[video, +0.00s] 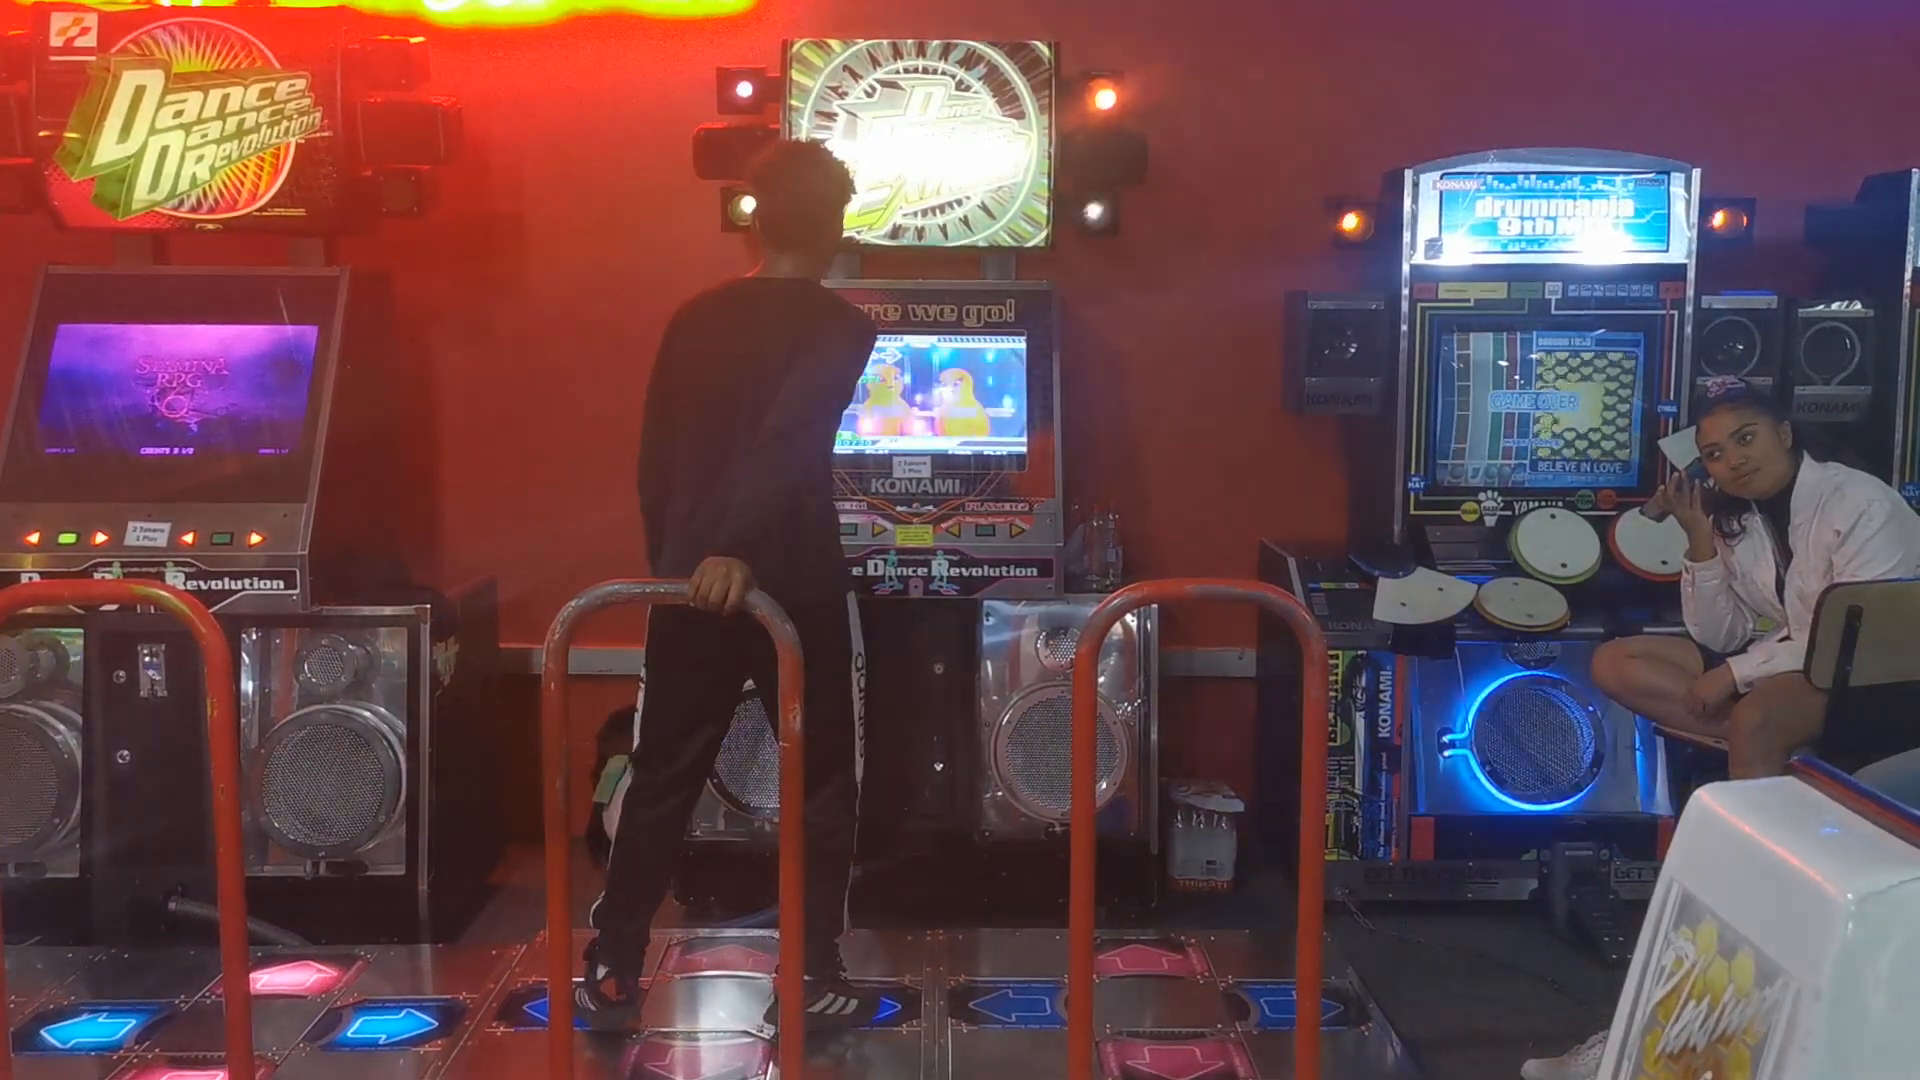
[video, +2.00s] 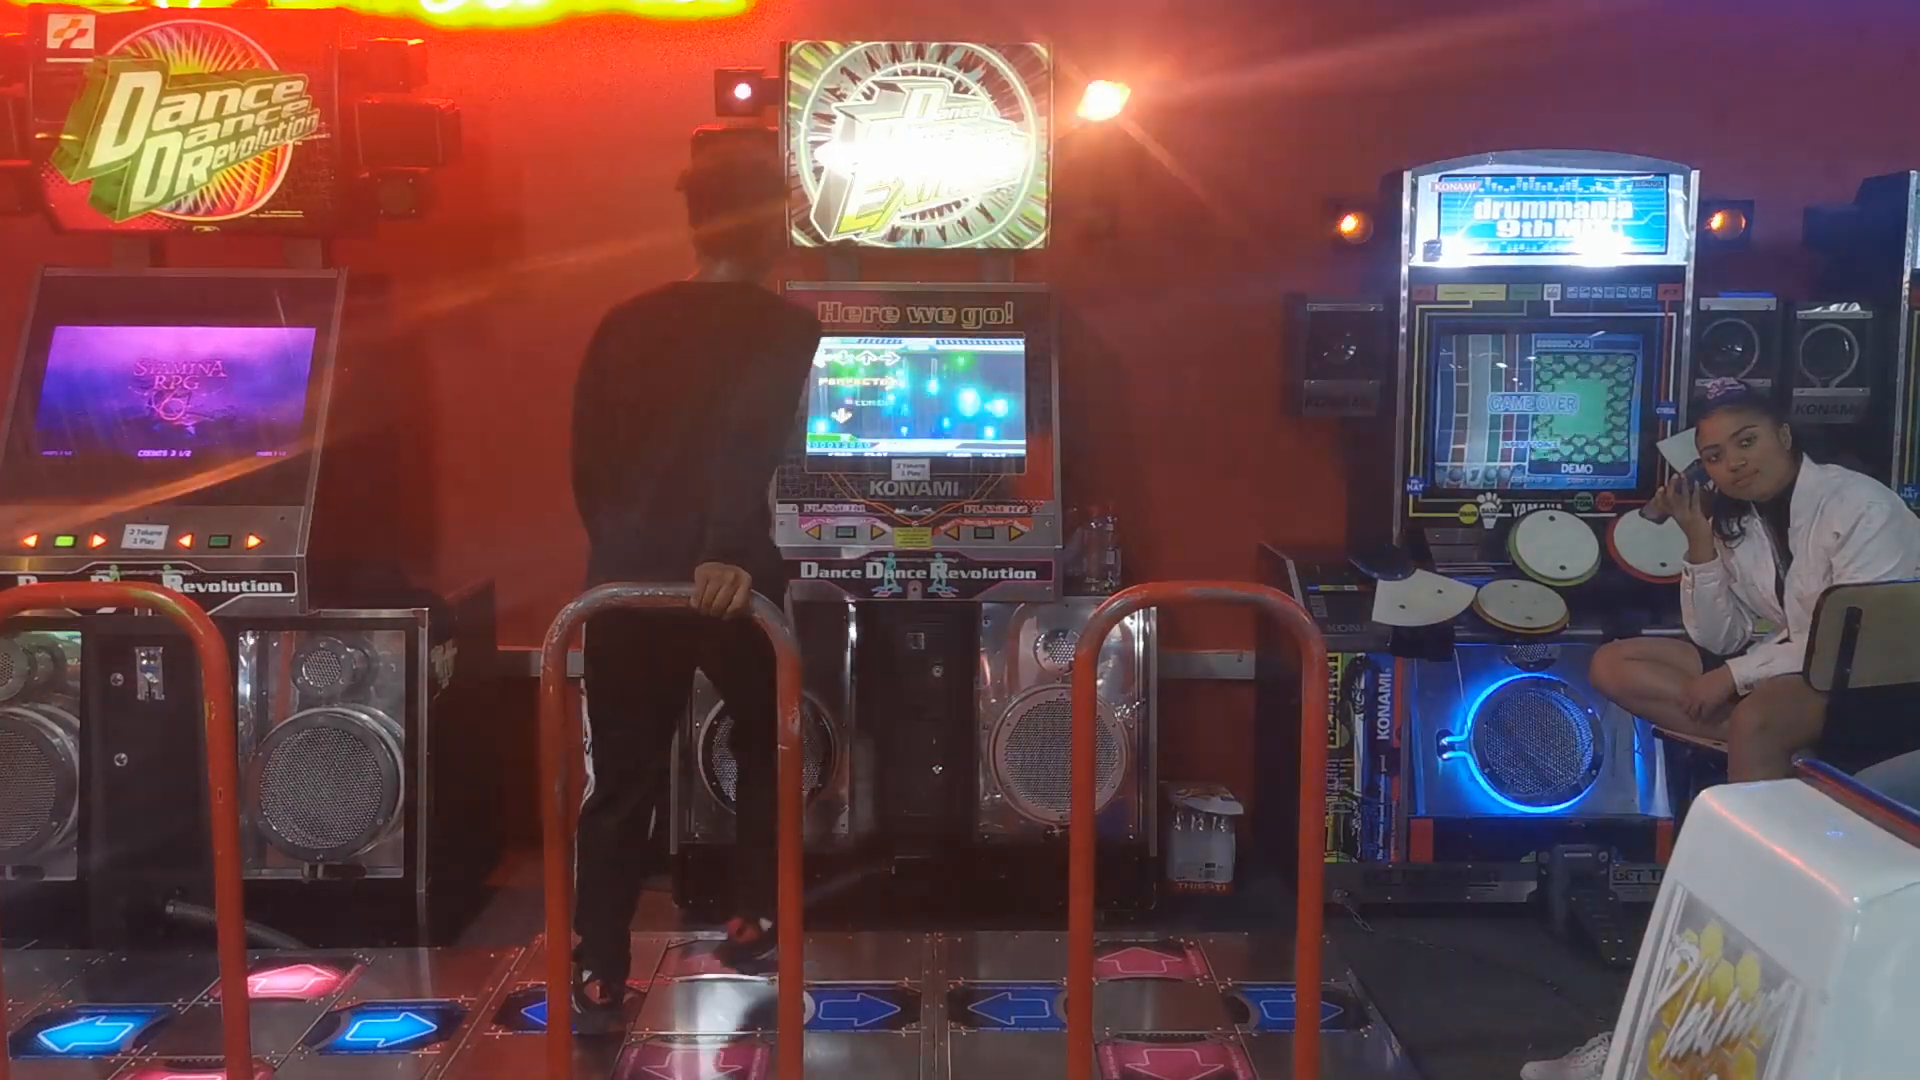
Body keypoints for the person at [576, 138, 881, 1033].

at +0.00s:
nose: (842, 230)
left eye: (834, 214)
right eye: (840, 216)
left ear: (757, 224)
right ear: (833, 228)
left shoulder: (694, 317)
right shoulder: (837, 324)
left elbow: (656, 459)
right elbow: (787, 433)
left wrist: (677, 562)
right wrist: (735, 543)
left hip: (689, 570)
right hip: (792, 572)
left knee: (664, 772)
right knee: (818, 778)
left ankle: (611, 971)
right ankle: (814, 983)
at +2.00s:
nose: (790, 235)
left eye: (780, 222)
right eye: (785, 223)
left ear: (697, 230)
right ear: (771, 230)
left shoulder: (626, 321)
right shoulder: (788, 329)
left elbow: (589, 461)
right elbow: (759, 444)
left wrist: (631, 546)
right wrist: (732, 549)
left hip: (627, 581)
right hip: (737, 582)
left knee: (620, 780)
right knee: (762, 747)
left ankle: (599, 976)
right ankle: (750, 917)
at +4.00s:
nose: (774, 275)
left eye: (768, 261)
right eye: (780, 261)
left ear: (726, 268)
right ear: (804, 272)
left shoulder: (658, 350)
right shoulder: (821, 362)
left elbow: (605, 483)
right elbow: (771, 459)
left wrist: (646, 566)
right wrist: (732, 550)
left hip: (644, 596)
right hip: (745, 591)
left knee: (593, 749)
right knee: (716, 753)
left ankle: (629, 909)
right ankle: (738, 941)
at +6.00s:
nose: (786, 264)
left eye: (781, 249)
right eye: (785, 250)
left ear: (699, 258)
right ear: (774, 258)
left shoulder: (640, 347)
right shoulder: (764, 338)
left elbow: (602, 496)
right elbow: (711, 435)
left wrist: (614, 602)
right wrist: (717, 547)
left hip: (631, 603)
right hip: (723, 598)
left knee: (643, 786)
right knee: (825, 762)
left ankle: (599, 971)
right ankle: (809, 957)